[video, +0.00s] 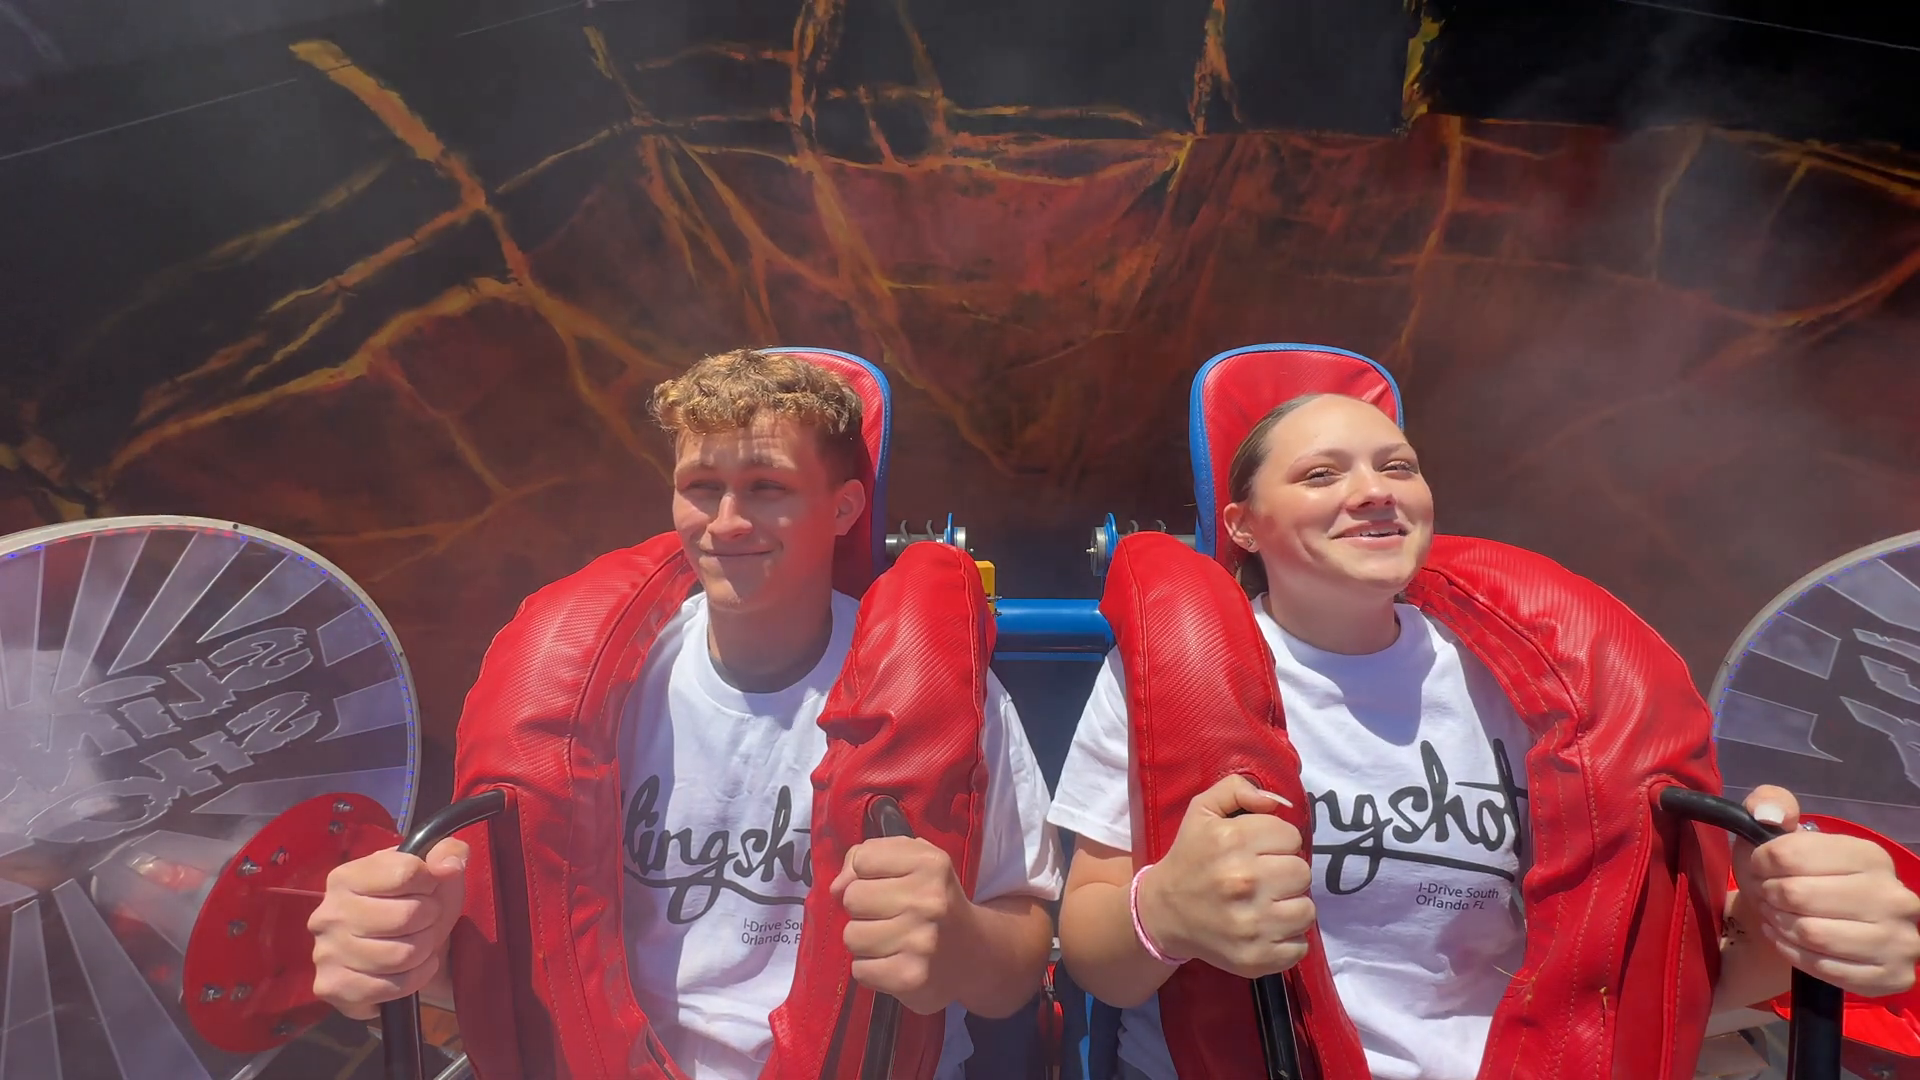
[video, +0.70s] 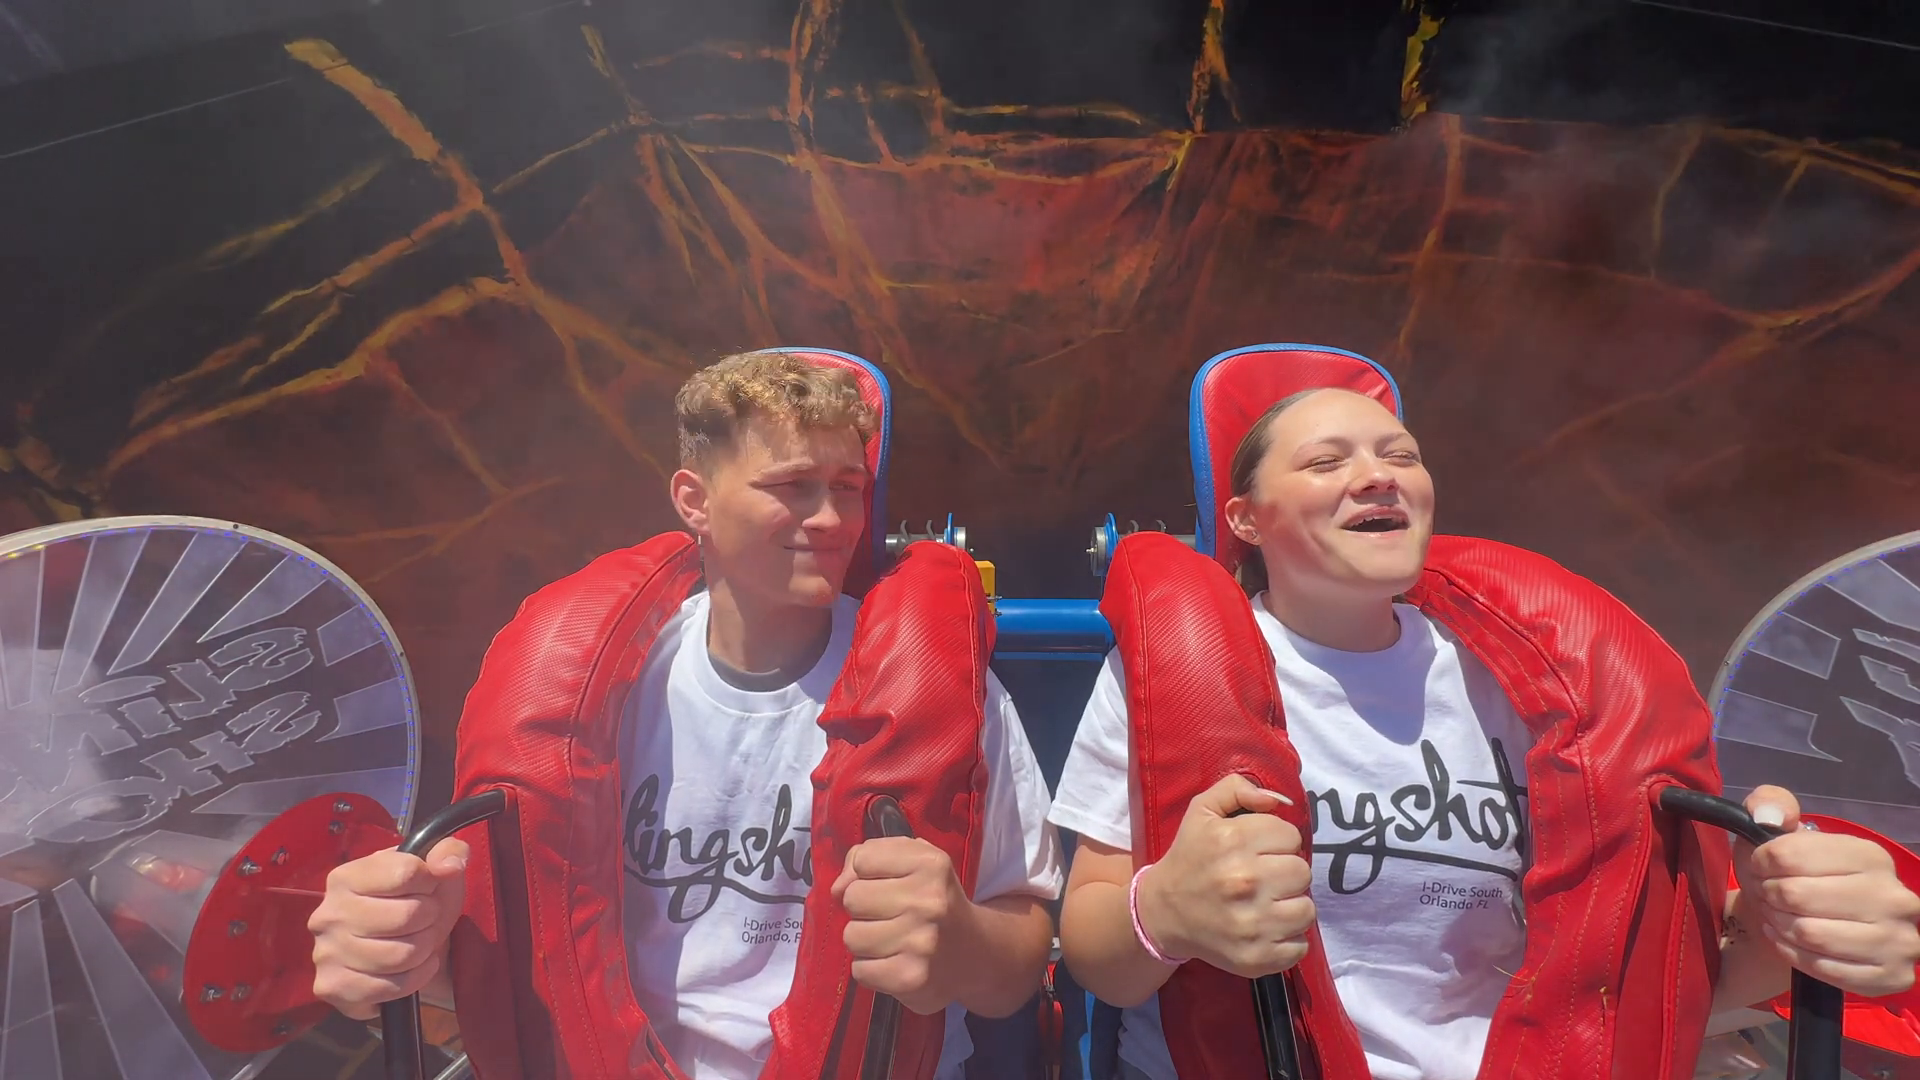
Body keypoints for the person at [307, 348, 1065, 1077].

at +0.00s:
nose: (726, 523)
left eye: (766, 491)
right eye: (703, 490)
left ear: (847, 507)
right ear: (672, 494)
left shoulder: (935, 688)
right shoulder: (586, 674)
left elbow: (1026, 955)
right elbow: (503, 926)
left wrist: (965, 949)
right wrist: (402, 942)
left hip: (839, 1063)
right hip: (616, 1058)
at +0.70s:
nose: (831, 522)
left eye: (850, 492)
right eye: (789, 487)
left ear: (873, 504)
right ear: (693, 499)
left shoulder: (937, 685)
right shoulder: (583, 671)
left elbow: (1024, 952)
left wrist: (965, 950)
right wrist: (411, 941)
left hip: (840, 1063)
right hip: (614, 1059)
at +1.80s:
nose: (771, 530)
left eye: (808, 498)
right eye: (740, 493)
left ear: (858, 508)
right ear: (689, 491)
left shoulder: (941, 691)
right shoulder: (583, 667)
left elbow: (1024, 963)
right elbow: (501, 913)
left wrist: (961, 949)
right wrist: (411, 942)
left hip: (839, 1062)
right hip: (613, 1057)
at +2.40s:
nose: (724, 463)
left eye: (770, 445)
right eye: (701, 443)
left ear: (841, 502)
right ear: (666, 490)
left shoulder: (938, 688)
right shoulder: (577, 678)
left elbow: (1025, 959)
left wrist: (964, 949)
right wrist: (411, 948)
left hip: (844, 1063)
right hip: (618, 1059)